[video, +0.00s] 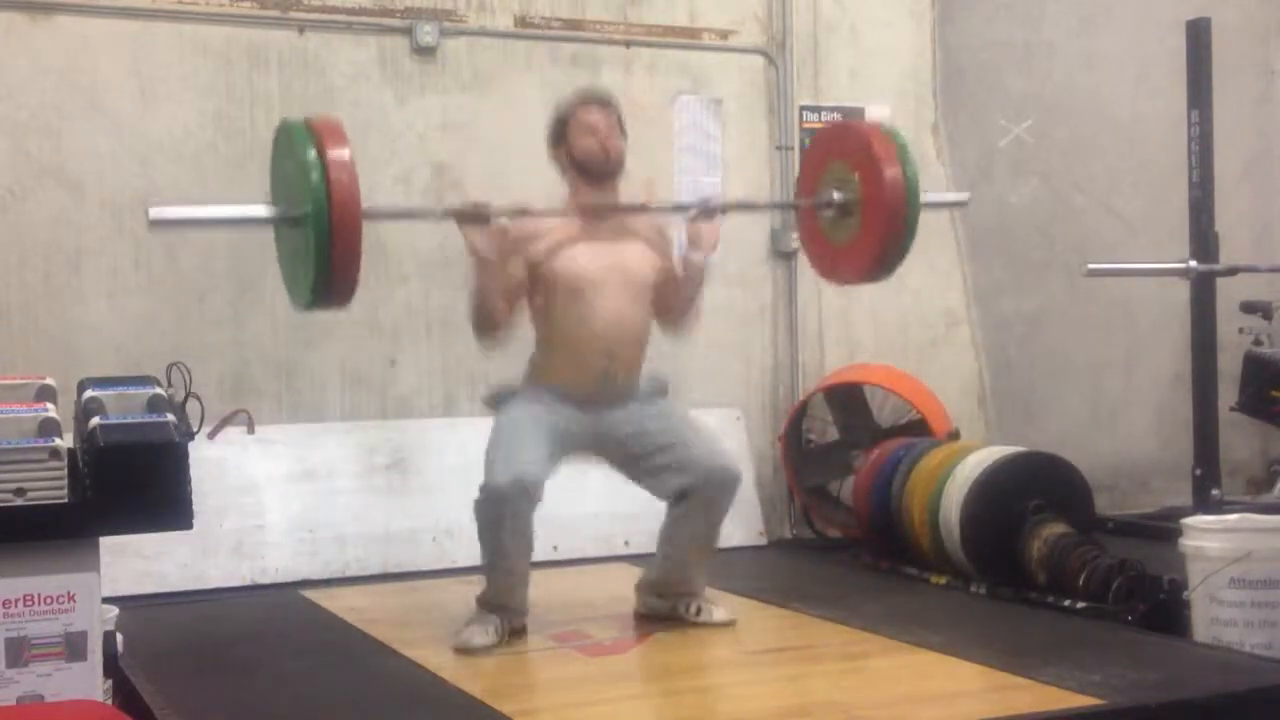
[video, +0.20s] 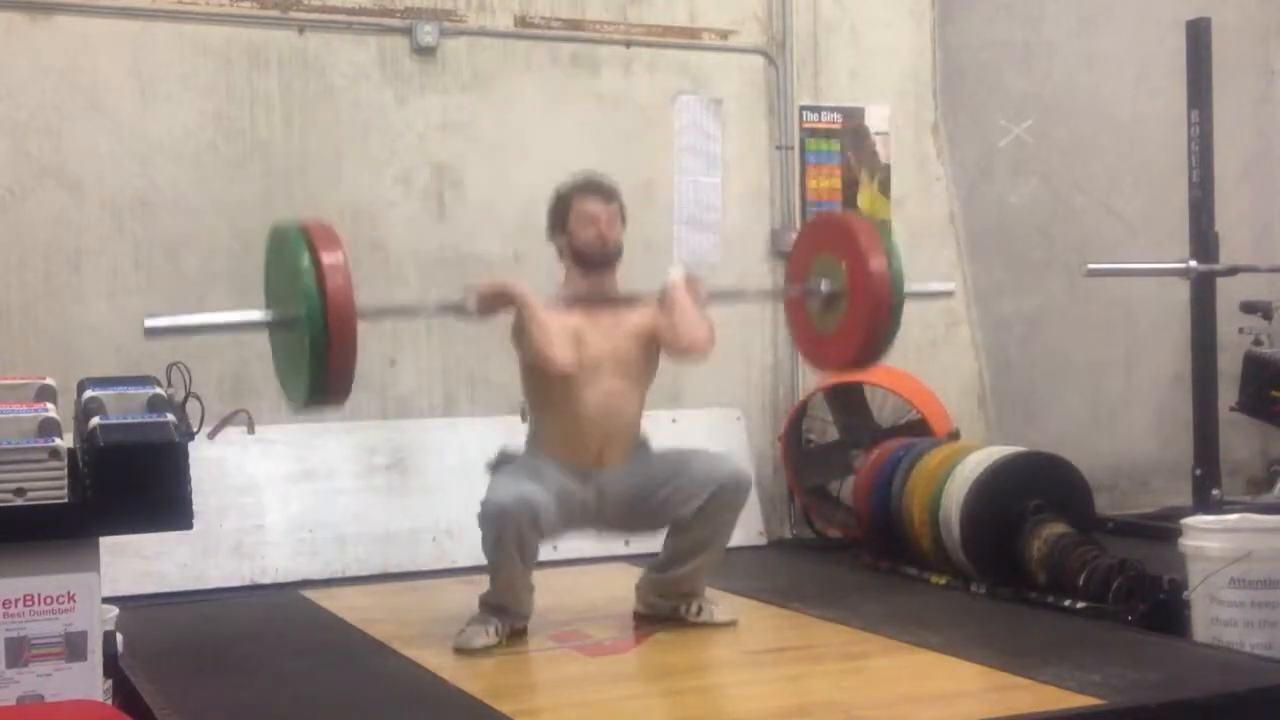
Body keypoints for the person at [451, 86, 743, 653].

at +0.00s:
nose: (601, 141)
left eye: (610, 132)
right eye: (587, 132)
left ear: (623, 146)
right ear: (562, 150)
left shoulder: (648, 232)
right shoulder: (532, 231)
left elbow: (673, 315)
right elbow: (490, 326)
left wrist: (697, 255)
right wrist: (487, 257)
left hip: (628, 405)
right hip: (546, 404)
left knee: (713, 474)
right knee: (506, 487)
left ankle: (667, 592)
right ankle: (501, 612)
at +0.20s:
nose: (602, 231)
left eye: (611, 221)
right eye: (587, 222)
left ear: (623, 234)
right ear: (561, 240)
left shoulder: (648, 313)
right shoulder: (542, 318)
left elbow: (695, 343)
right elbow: (560, 360)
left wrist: (680, 296)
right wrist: (519, 296)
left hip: (629, 477)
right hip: (552, 479)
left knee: (726, 481)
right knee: (506, 503)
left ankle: (668, 596)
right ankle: (503, 613)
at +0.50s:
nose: (599, 257)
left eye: (608, 247)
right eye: (584, 247)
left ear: (619, 259)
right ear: (555, 264)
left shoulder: (643, 340)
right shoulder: (531, 345)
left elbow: (689, 374)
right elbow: (550, 388)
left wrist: (667, 312)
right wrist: (512, 321)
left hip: (628, 514)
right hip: (556, 517)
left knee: (717, 474)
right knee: (523, 495)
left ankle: (667, 595)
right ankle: (503, 612)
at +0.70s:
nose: (599, 204)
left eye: (609, 194)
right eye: (585, 194)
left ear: (619, 207)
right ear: (556, 212)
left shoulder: (640, 291)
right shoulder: (529, 292)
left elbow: (687, 329)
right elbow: (550, 342)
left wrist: (665, 263)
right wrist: (510, 270)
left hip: (609, 451)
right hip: (535, 449)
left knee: (691, 458)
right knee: (539, 476)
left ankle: (669, 594)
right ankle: (502, 611)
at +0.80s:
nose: (599, 174)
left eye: (608, 165)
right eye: (584, 165)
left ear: (617, 180)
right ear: (555, 184)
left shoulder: (638, 264)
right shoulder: (530, 262)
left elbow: (685, 304)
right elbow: (548, 312)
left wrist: (663, 235)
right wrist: (510, 239)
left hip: (601, 420)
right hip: (526, 419)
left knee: (682, 457)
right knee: (543, 469)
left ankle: (667, 593)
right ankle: (503, 611)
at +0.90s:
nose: (599, 145)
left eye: (607, 137)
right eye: (583, 136)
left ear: (617, 154)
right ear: (554, 156)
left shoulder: (637, 237)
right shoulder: (529, 235)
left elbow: (684, 278)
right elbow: (547, 283)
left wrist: (663, 211)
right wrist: (511, 212)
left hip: (599, 397)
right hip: (522, 395)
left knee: (677, 454)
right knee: (534, 463)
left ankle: (667, 593)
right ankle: (503, 610)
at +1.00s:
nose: (597, 117)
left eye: (605, 110)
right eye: (581, 109)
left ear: (614, 126)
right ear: (552, 128)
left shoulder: (636, 211)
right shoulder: (526, 208)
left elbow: (682, 249)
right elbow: (544, 254)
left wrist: (663, 186)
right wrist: (509, 183)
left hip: (599, 379)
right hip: (520, 377)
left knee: (677, 450)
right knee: (519, 462)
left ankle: (667, 592)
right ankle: (502, 608)